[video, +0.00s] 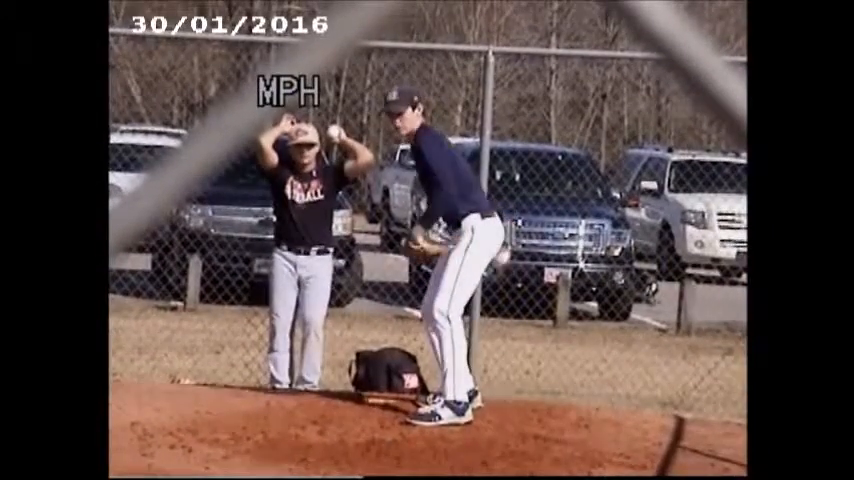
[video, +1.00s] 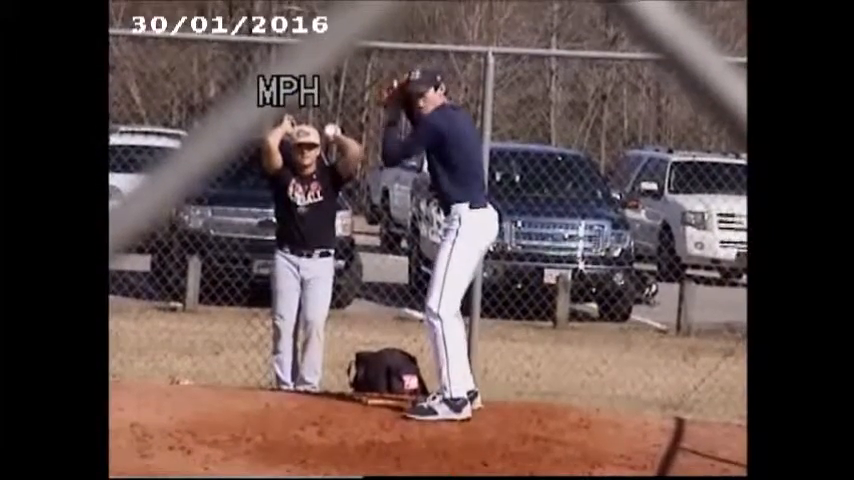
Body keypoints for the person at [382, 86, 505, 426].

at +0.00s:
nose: (395, 121)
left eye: (400, 114)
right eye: (392, 116)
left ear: (418, 110)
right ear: (392, 118)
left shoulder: (427, 140)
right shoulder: (420, 143)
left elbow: (446, 191)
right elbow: (445, 194)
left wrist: (422, 226)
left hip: (479, 226)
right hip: (464, 228)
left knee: (445, 311)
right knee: (431, 311)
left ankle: (457, 400)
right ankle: (461, 388)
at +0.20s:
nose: (407, 112)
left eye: (412, 105)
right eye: (404, 107)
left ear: (430, 103)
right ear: (407, 108)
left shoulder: (428, 133)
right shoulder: (440, 134)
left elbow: (429, 187)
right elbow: (447, 204)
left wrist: (399, 213)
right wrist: (410, 224)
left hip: (476, 222)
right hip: (473, 222)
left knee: (446, 308)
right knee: (430, 308)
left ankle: (452, 393)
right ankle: (461, 387)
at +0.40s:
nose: (416, 102)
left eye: (421, 95)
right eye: (414, 97)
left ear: (442, 92)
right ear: (437, 96)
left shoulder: (433, 122)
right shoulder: (450, 120)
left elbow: (409, 172)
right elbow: (424, 167)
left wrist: (386, 158)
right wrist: (393, 153)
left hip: (473, 217)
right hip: (482, 216)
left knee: (439, 302)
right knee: (439, 302)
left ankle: (456, 389)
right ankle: (460, 386)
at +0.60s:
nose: (424, 94)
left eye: (429, 88)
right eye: (421, 89)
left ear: (447, 87)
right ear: (425, 89)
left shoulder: (435, 116)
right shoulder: (456, 116)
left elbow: (396, 154)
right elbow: (418, 134)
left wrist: (382, 117)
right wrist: (401, 106)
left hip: (467, 216)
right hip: (480, 214)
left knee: (438, 305)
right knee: (441, 304)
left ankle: (455, 393)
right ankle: (462, 388)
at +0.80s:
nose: (418, 96)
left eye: (424, 89)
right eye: (416, 90)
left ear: (444, 88)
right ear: (438, 90)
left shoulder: (435, 120)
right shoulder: (457, 116)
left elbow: (389, 149)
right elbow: (424, 121)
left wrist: (388, 110)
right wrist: (406, 101)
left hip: (465, 218)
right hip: (479, 216)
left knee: (438, 308)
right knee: (446, 307)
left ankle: (454, 394)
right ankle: (463, 389)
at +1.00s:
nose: (417, 104)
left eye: (420, 97)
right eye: (415, 98)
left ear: (439, 91)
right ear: (435, 95)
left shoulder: (435, 123)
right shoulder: (457, 116)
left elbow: (393, 156)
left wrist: (391, 114)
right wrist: (403, 106)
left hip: (466, 219)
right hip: (478, 215)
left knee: (439, 308)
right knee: (445, 307)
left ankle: (454, 394)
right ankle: (462, 389)